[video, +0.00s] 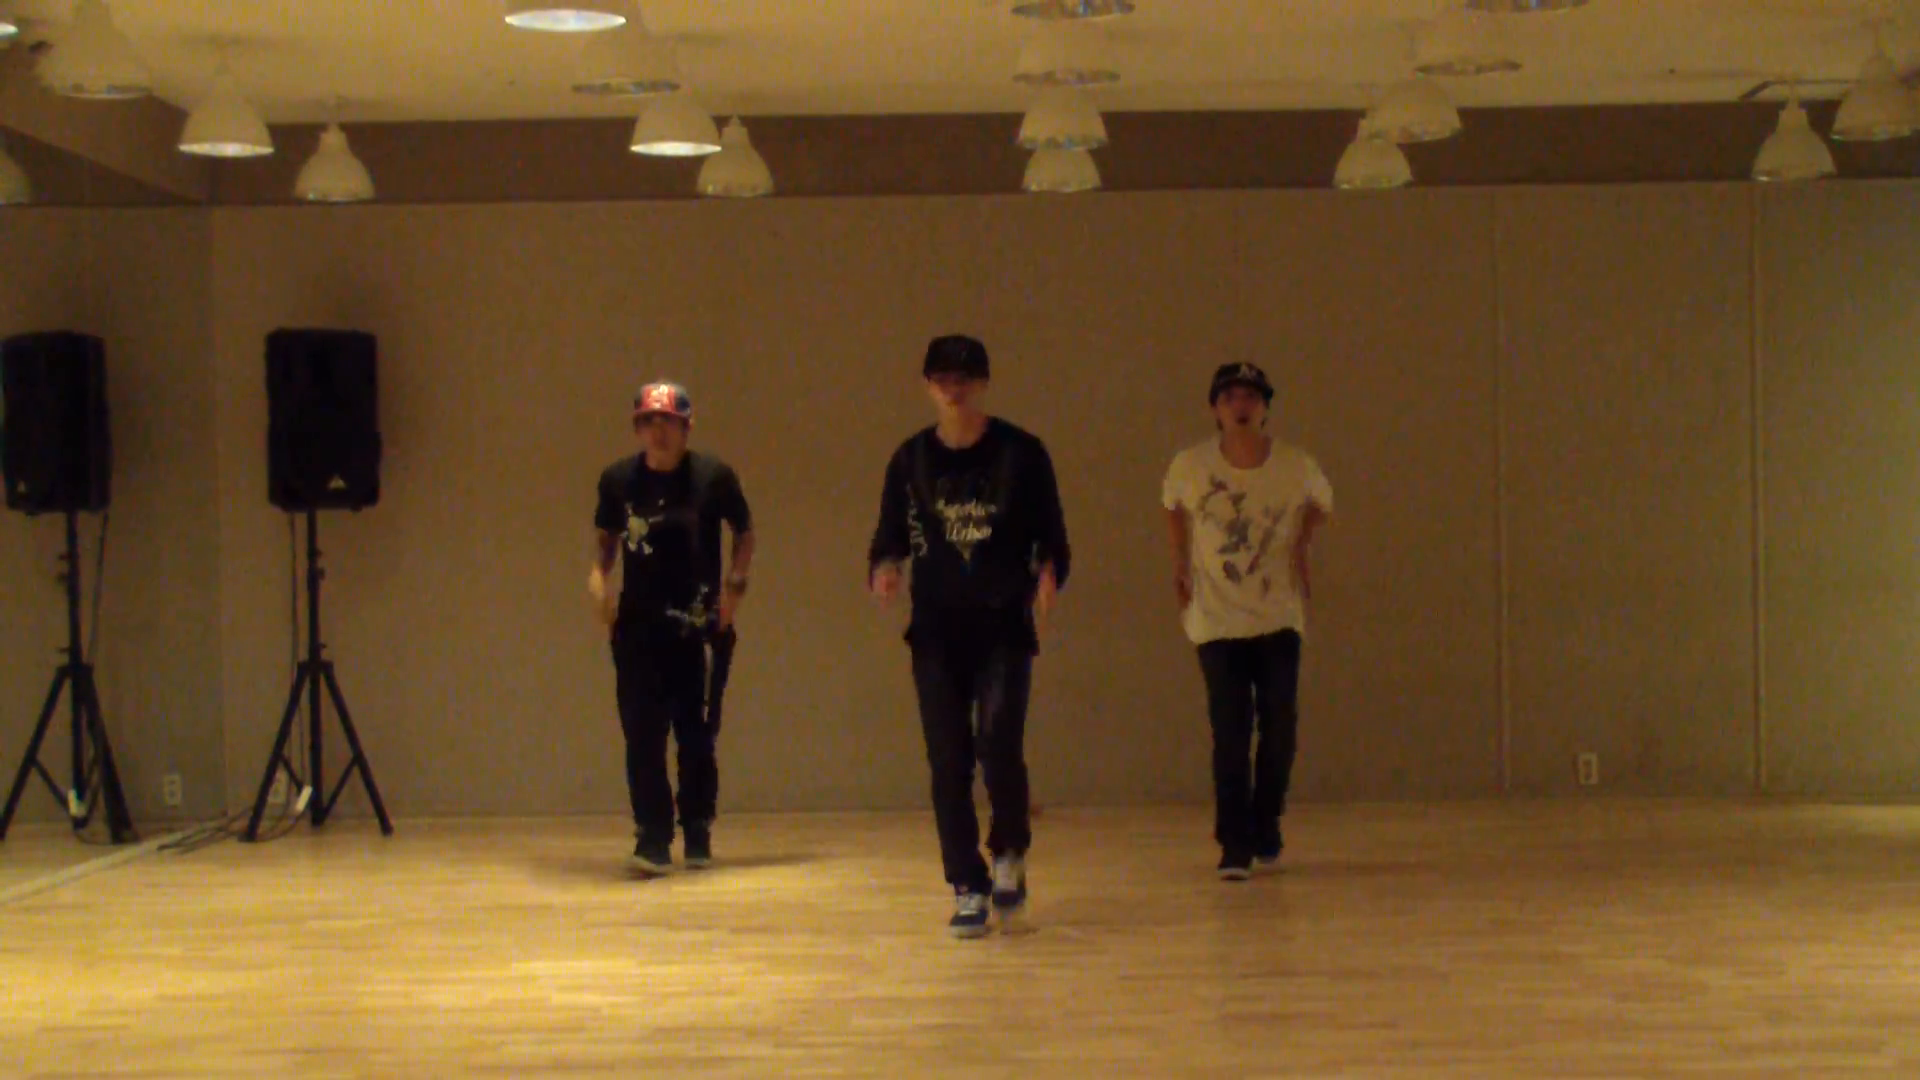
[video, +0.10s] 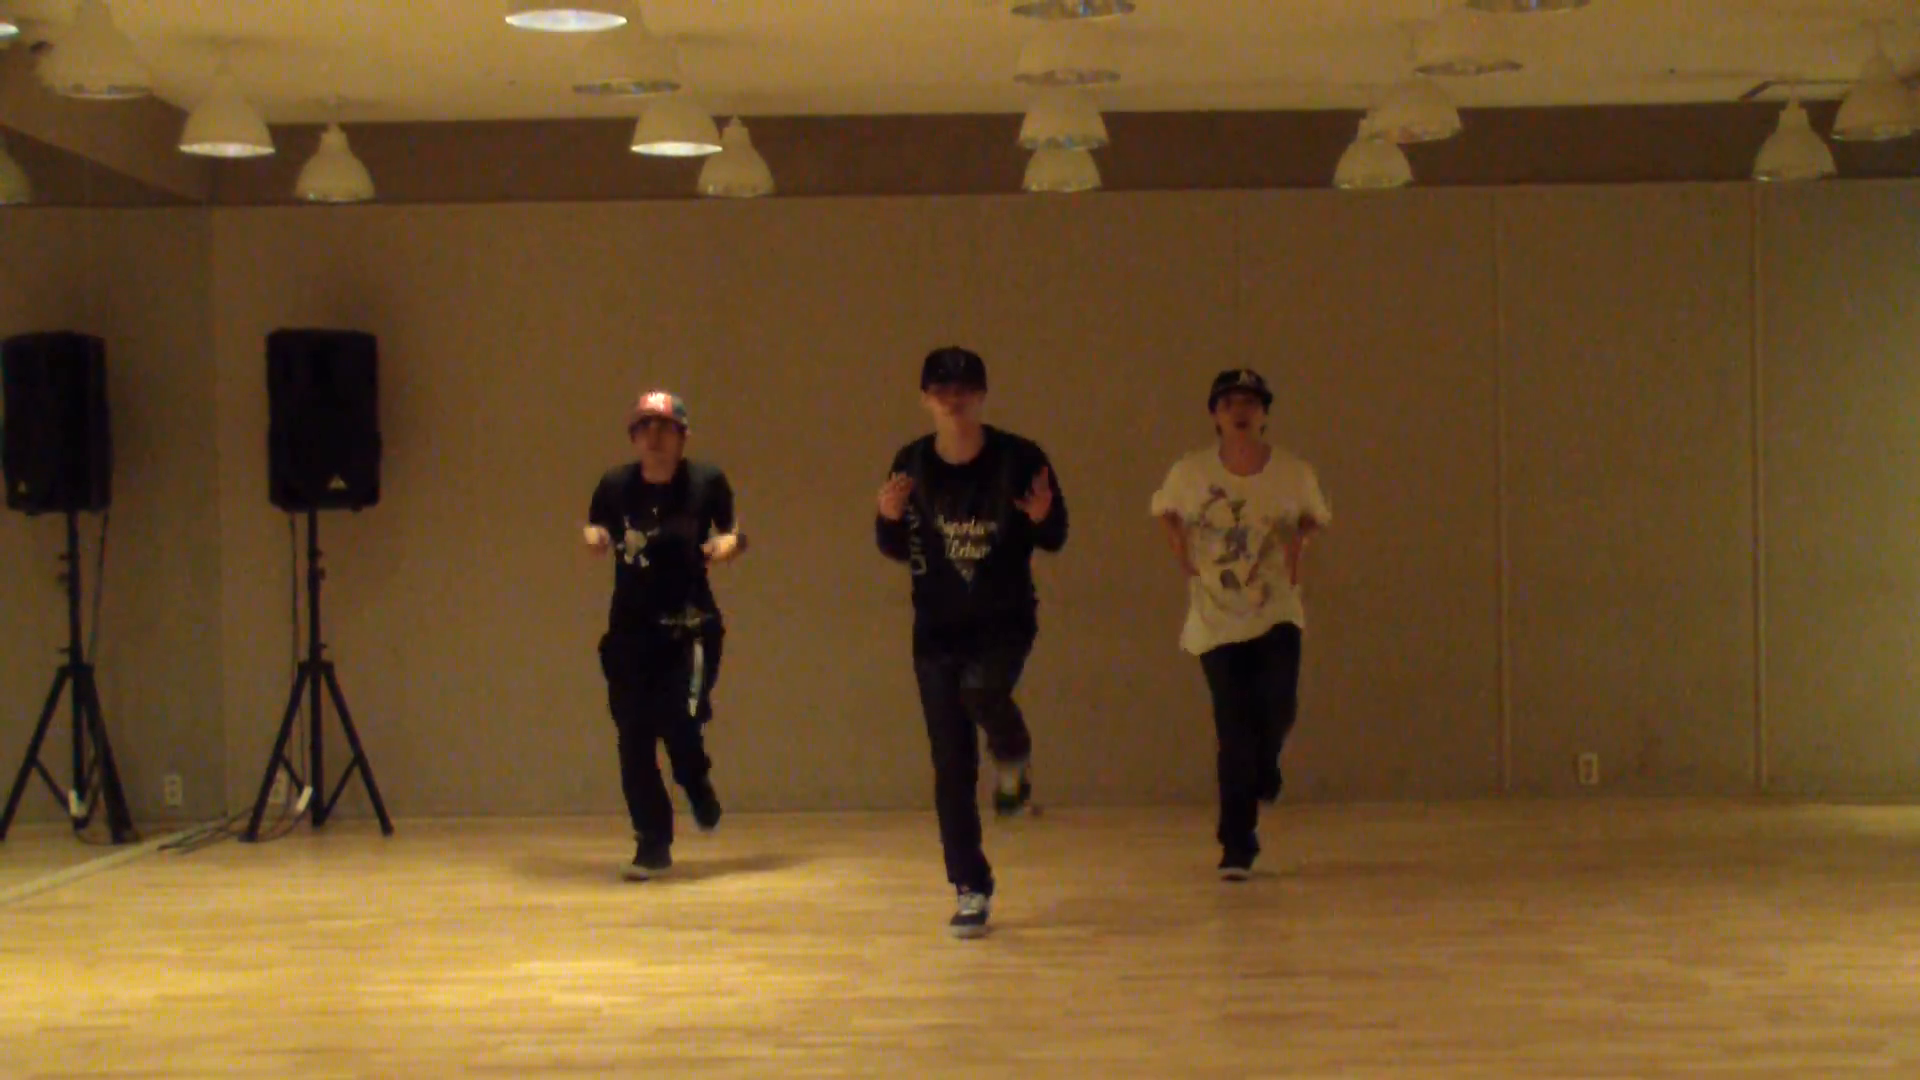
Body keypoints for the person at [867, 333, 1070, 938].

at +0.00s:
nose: (952, 391)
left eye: (963, 380)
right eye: (942, 381)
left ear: (983, 384)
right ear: (928, 386)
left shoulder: (1022, 453)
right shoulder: (911, 458)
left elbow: (1053, 535)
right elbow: (891, 533)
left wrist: (1049, 578)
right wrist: (886, 565)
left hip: (1006, 625)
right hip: (937, 628)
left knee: (998, 747)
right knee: (948, 760)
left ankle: (1009, 853)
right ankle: (967, 885)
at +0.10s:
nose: (953, 402)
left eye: (963, 391)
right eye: (942, 393)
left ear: (982, 395)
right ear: (926, 399)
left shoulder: (1019, 459)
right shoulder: (911, 464)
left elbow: (1054, 541)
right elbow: (897, 551)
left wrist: (1044, 516)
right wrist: (889, 516)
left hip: (1005, 616)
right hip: (939, 623)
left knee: (983, 691)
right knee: (952, 760)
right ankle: (969, 884)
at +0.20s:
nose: (956, 400)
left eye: (966, 388)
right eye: (944, 390)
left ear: (984, 394)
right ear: (928, 397)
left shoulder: (1019, 453)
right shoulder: (913, 463)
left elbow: (1060, 541)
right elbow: (889, 558)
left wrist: (1042, 498)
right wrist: (894, 501)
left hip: (1005, 617)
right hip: (939, 625)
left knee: (976, 677)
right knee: (950, 764)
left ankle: (1001, 755)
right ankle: (970, 887)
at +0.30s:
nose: (961, 416)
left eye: (970, 403)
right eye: (949, 404)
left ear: (987, 404)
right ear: (931, 406)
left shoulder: (1014, 461)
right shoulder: (918, 470)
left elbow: (1045, 512)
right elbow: (895, 519)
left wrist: (1049, 491)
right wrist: (881, 489)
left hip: (1002, 627)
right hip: (937, 630)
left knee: (980, 730)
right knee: (951, 751)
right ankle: (966, 874)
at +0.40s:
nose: (964, 437)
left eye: (975, 425)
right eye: (953, 425)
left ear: (989, 428)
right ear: (933, 426)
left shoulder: (1010, 484)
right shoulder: (916, 491)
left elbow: (1027, 505)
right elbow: (899, 512)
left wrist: (1040, 499)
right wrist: (880, 496)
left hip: (1001, 654)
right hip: (936, 656)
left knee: (978, 757)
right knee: (956, 775)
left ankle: (955, 884)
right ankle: (978, 891)